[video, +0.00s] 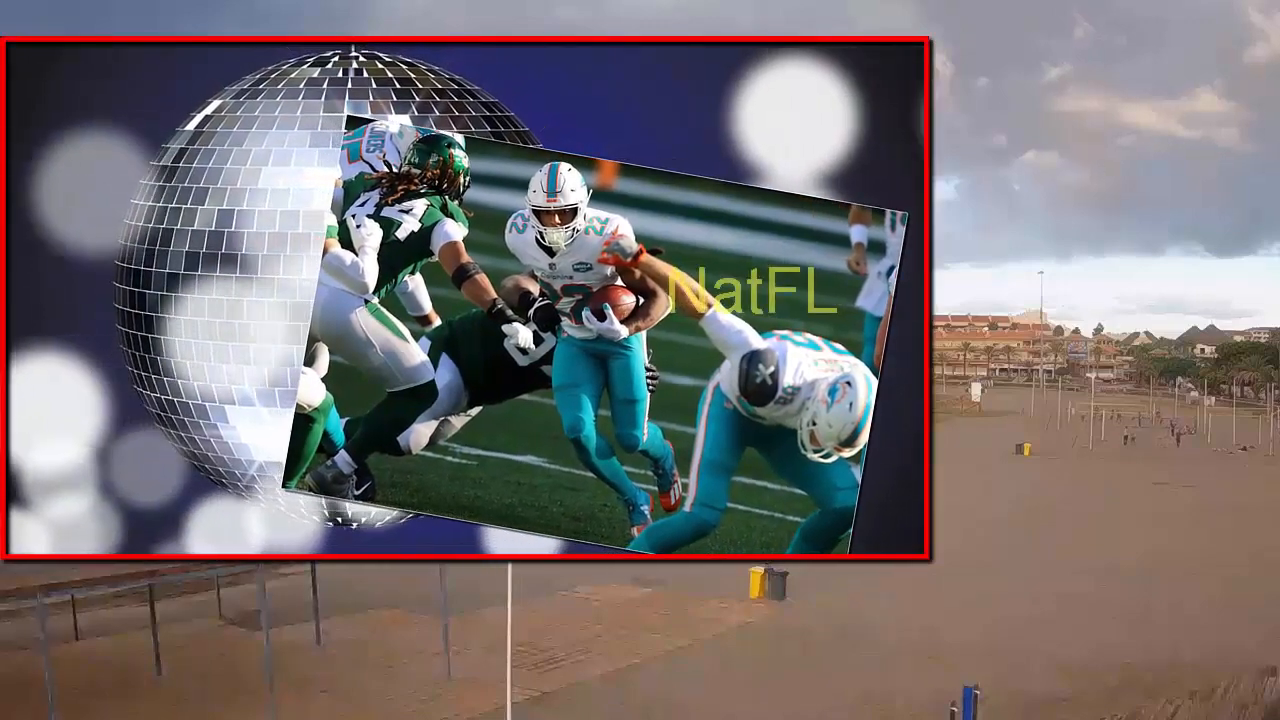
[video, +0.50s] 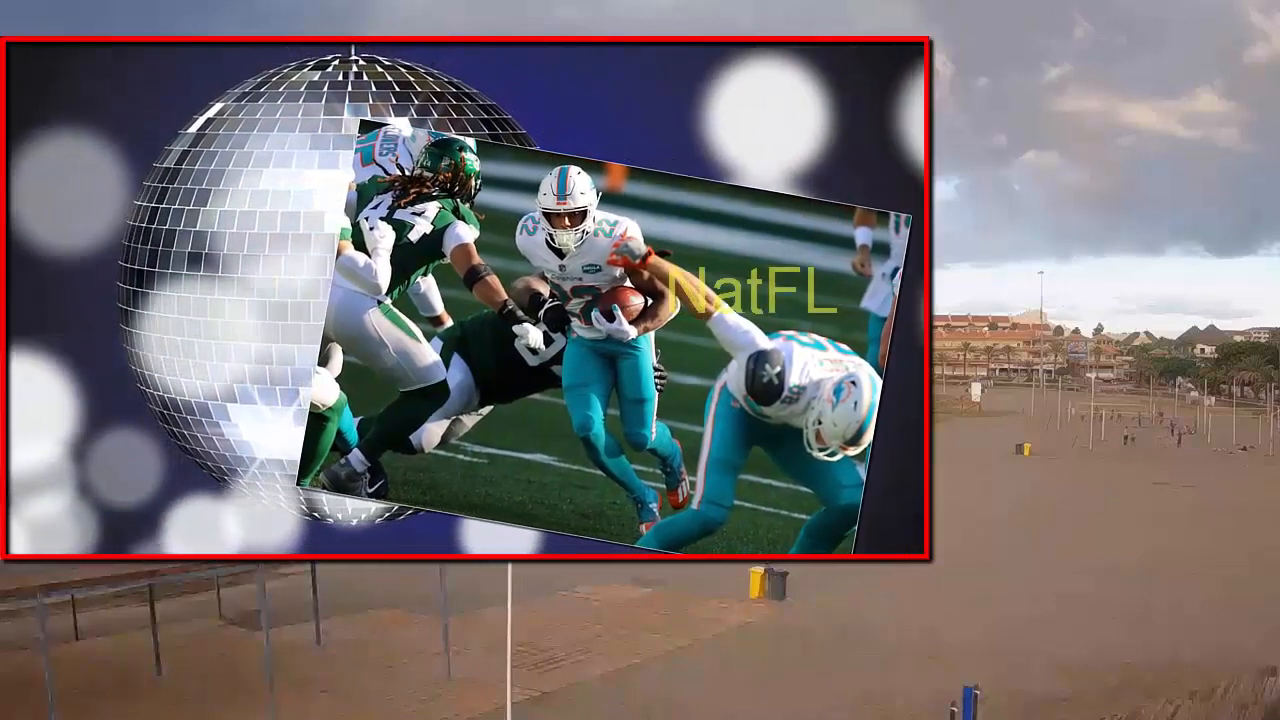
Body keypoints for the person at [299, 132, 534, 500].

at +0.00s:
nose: (462, 184)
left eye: (462, 177)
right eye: (460, 176)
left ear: (409, 163)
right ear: (450, 177)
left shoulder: (365, 184)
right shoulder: (439, 216)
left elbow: (315, 202)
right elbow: (463, 271)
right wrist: (504, 316)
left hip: (299, 284)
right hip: (346, 304)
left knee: (303, 386)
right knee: (420, 389)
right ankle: (339, 468)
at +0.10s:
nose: (465, 183)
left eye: (464, 176)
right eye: (463, 176)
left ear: (412, 164)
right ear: (452, 176)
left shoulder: (370, 185)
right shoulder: (442, 216)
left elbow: (320, 201)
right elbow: (466, 271)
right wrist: (505, 317)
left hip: (304, 285)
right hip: (349, 305)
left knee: (308, 376)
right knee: (423, 388)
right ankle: (342, 467)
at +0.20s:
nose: (466, 185)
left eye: (466, 177)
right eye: (464, 177)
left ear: (413, 166)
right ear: (453, 179)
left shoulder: (368, 186)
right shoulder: (442, 217)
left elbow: (319, 209)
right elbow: (468, 272)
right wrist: (508, 316)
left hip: (305, 285)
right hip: (352, 304)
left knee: (313, 372)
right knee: (425, 388)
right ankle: (346, 466)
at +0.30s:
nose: (469, 185)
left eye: (468, 178)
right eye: (467, 177)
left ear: (416, 164)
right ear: (457, 179)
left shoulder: (372, 187)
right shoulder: (444, 217)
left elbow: (323, 211)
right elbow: (470, 272)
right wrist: (510, 316)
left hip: (308, 286)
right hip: (355, 305)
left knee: (317, 368)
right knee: (428, 388)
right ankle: (349, 464)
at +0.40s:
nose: (471, 186)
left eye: (470, 179)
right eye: (469, 178)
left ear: (418, 165)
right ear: (460, 180)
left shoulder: (374, 187)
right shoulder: (446, 218)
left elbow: (325, 211)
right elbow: (472, 272)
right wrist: (512, 316)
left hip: (311, 287)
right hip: (358, 305)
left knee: (318, 372)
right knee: (430, 388)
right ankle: (352, 464)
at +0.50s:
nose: (474, 186)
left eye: (473, 178)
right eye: (472, 178)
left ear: (420, 165)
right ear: (462, 179)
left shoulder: (376, 188)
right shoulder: (449, 218)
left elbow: (328, 213)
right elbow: (474, 273)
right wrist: (514, 316)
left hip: (315, 286)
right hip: (360, 305)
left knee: (321, 373)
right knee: (433, 388)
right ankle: (355, 464)